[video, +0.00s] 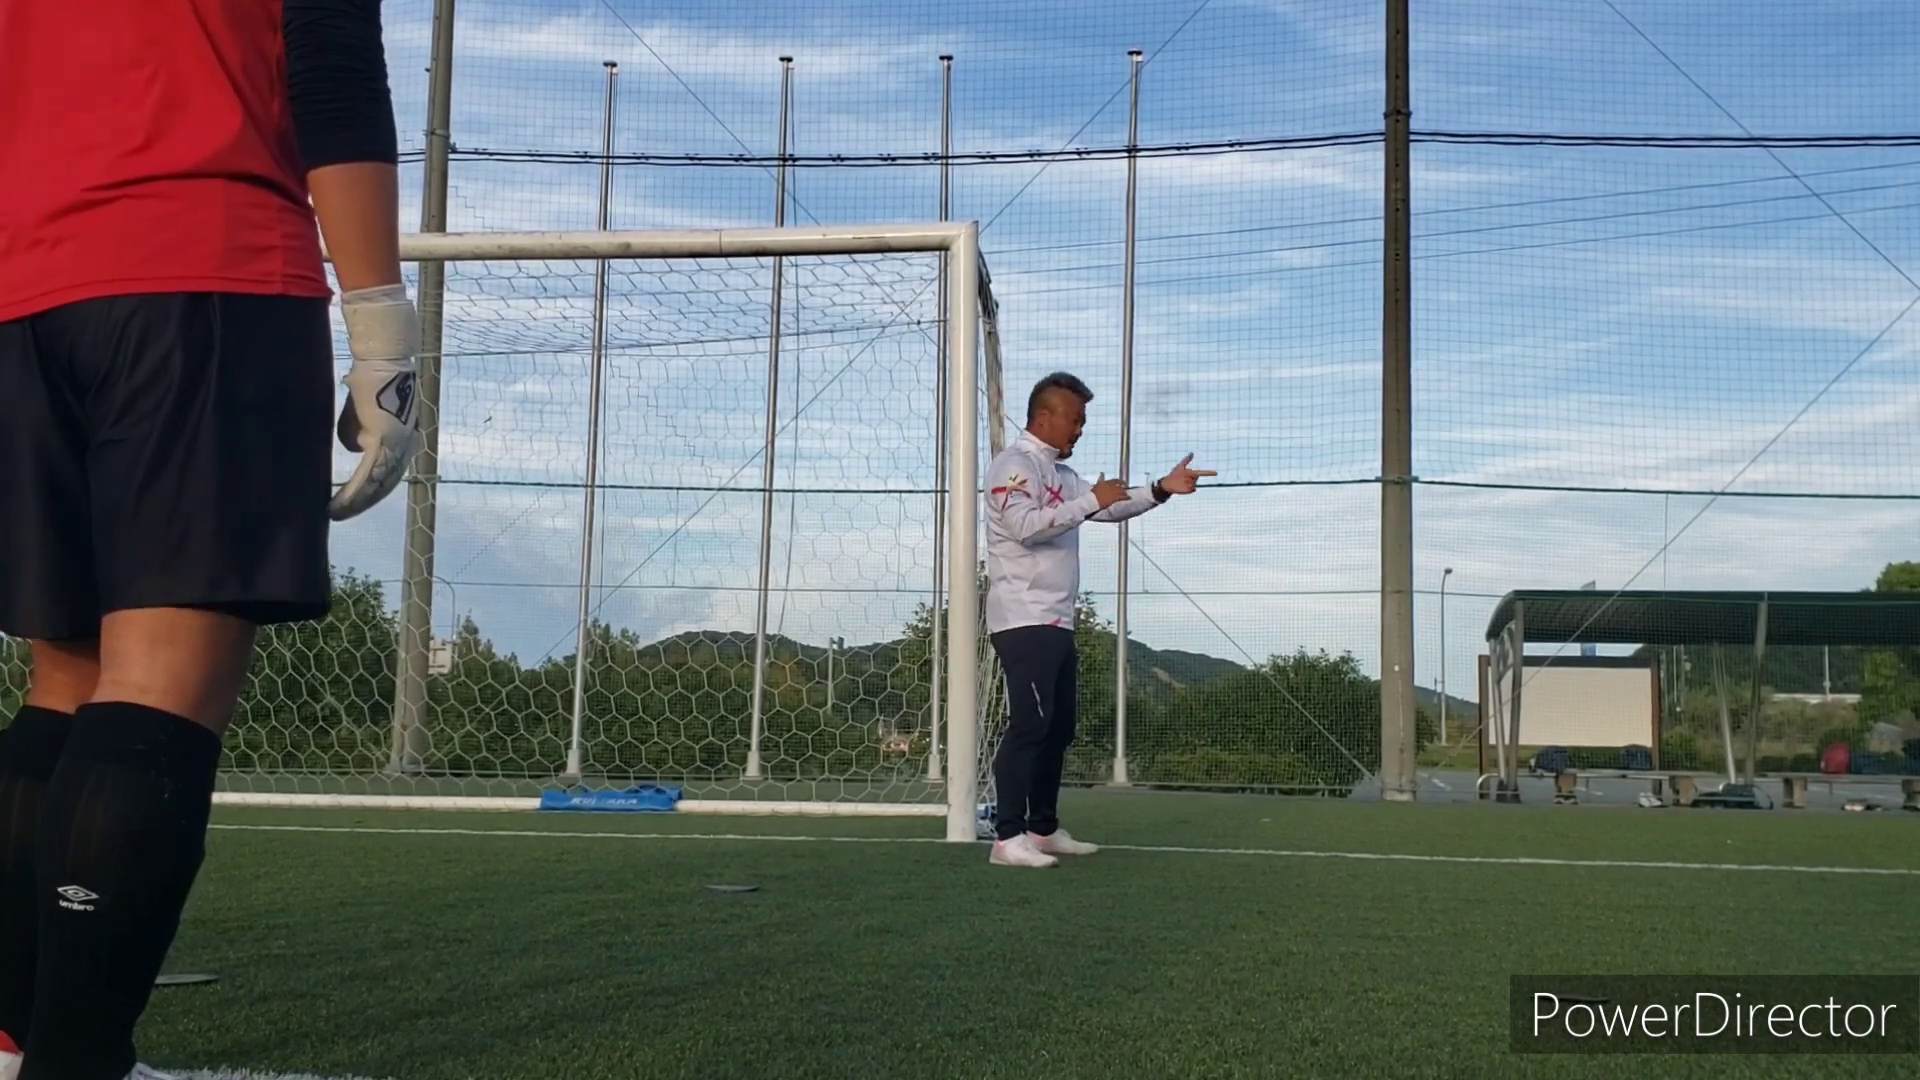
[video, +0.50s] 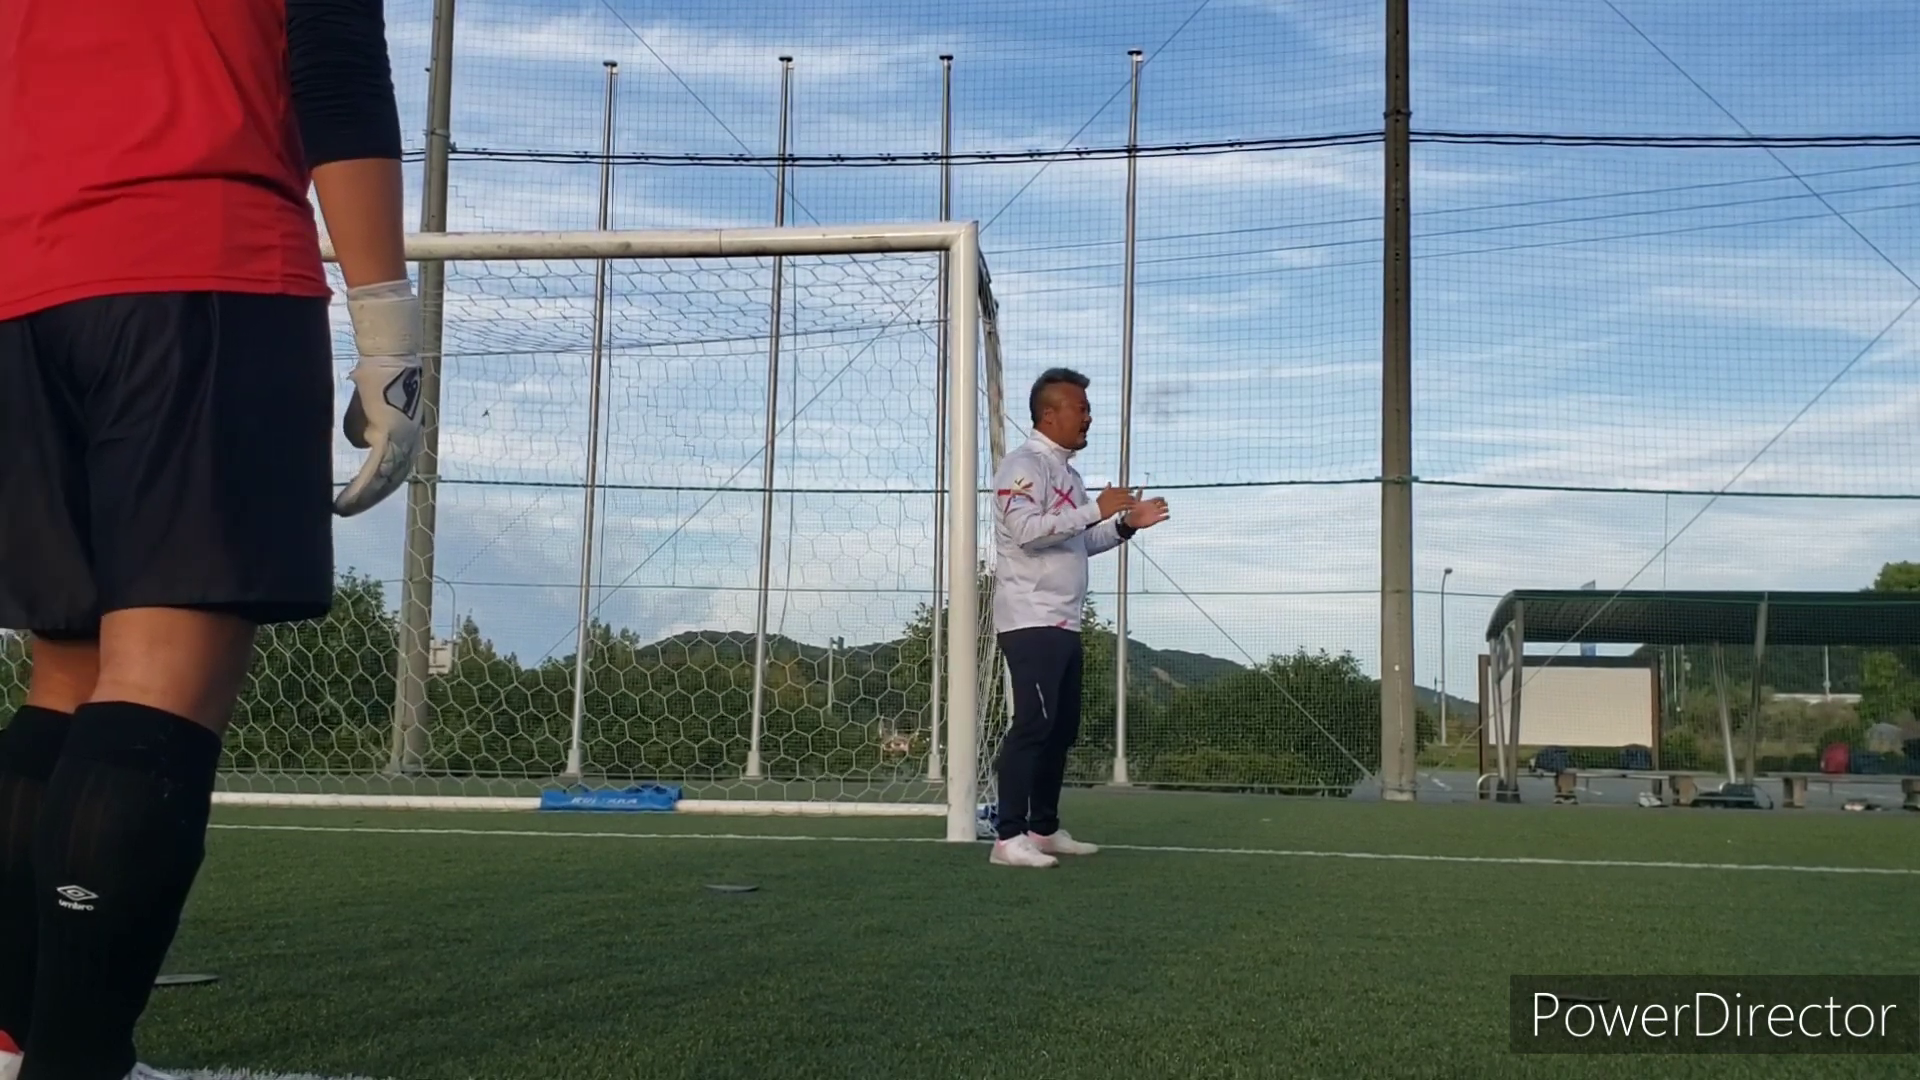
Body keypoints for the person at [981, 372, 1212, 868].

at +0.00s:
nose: (1082, 428)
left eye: (1083, 419)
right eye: (1076, 418)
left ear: (1057, 420)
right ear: (1045, 416)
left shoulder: (1063, 475)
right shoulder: (1014, 464)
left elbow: (1109, 508)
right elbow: (1023, 525)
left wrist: (1162, 488)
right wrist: (1089, 502)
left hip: (1056, 619)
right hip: (1022, 617)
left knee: (1058, 726)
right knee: (1030, 722)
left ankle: (1041, 830)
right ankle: (1008, 839)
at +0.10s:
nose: (1082, 424)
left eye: (1084, 415)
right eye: (1076, 415)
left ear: (1057, 418)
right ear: (1043, 415)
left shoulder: (1069, 476)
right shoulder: (1013, 464)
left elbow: (1113, 513)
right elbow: (1026, 528)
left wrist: (1164, 492)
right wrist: (1089, 502)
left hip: (1057, 620)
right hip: (1022, 617)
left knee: (1059, 726)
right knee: (1032, 723)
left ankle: (1042, 830)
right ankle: (1009, 839)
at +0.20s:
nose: (1082, 419)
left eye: (1083, 411)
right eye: (1074, 411)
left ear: (1068, 415)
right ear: (1040, 414)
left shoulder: (1069, 476)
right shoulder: (1015, 464)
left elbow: (1099, 533)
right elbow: (1021, 531)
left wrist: (1143, 504)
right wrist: (1089, 506)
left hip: (1061, 621)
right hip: (1023, 618)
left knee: (1058, 727)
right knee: (1029, 723)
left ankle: (1043, 830)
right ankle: (1008, 838)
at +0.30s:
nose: (1084, 417)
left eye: (1084, 409)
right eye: (1075, 409)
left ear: (1071, 414)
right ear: (1042, 414)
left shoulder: (1070, 477)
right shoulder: (1018, 463)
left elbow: (1085, 541)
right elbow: (1017, 530)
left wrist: (1129, 520)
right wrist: (1089, 507)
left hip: (1062, 622)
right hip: (1025, 619)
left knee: (1059, 726)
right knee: (1030, 723)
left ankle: (1043, 830)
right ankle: (1008, 838)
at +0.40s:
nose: (1087, 417)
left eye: (1087, 409)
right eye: (1079, 409)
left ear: (1067, 415)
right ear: (1046, 414)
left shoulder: (1070, 477)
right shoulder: (1020, 464)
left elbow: (1077, 543)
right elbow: (1018, 530)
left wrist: (1125, 528)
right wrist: (1090, 510)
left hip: (1062, 622)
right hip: (1027, 619)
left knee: (1060, 726)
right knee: (1031, 723)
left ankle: (1043, 830)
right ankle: (1008, 838)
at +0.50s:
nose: (1089, 416)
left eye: (1088, 408)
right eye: (1081, 408)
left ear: (1064, 414)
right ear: (1049, 414)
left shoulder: (1070, 477)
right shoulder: (1023, 464)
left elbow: (1079, 541)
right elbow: (1026, 530)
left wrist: (1126, 524)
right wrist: (1097, 509)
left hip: (1062, 621)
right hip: (1029, 618)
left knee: (1060, 726)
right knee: (1033, 724)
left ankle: (1043, 830)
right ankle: (1008, 838)